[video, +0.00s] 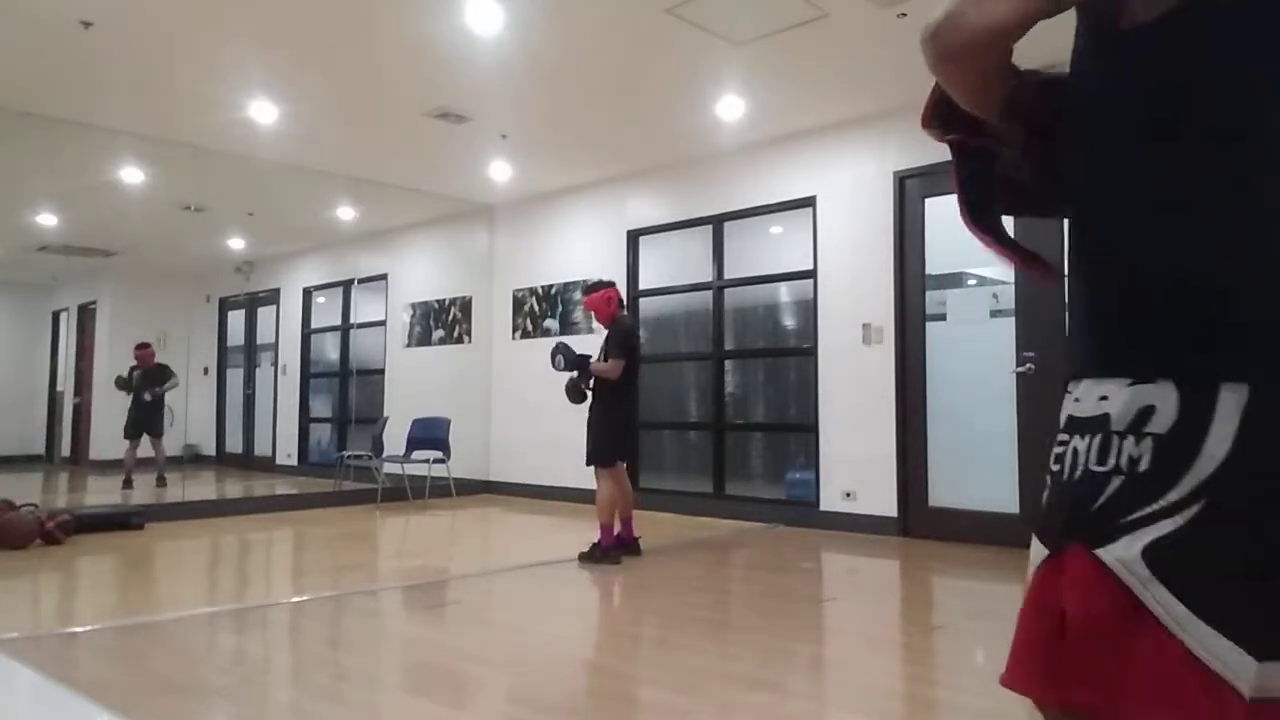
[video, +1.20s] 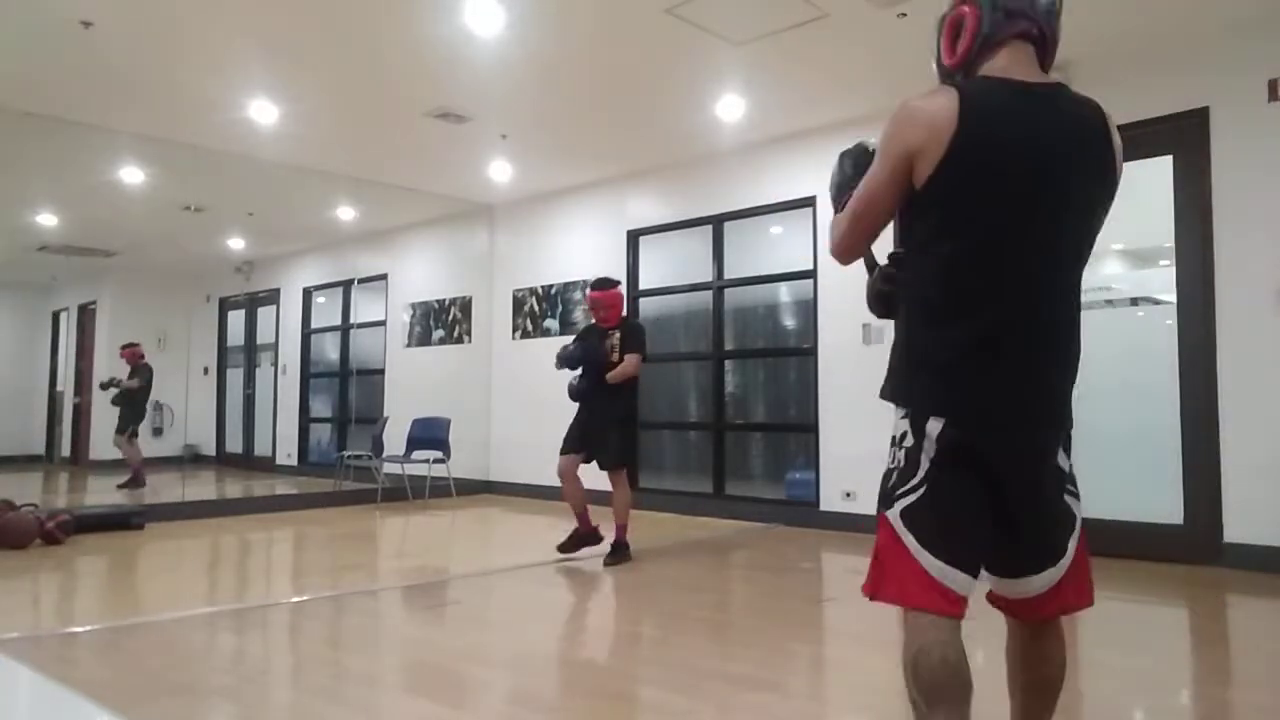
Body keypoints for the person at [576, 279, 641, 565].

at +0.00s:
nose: (593, 315)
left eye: (594, 309)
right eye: (591, 310)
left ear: (608, 303)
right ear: (610, 304)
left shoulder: (620, 329)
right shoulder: (620, 328)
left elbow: (614, 370)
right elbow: (612, 368)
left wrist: (584, 364)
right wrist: (587, 374)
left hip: (608, 415)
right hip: (618, 413)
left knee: (603, 473)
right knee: (617, 471)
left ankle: (606, 544)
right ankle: (627, 537)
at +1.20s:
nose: (597, 314)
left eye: (603, 308)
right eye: (594, 308)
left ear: (617, 305)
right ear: (590, 307)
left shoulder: (631, 330)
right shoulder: (588, 332)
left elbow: (631, 367)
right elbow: (567, 358)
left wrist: (599, 380)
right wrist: (568, 357)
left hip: (618, 414)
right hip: (589, 412)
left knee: (618, 476)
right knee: (566, 469)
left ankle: (620, 542)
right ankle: (585, 529)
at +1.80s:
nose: (566, 304)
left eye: (573, 297)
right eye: (559, 297)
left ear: (582, 300)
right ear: (550, 300)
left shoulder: (591, 329)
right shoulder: (539, 330)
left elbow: (602, 368)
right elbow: (510, 361)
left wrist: (566, 380)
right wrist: (538, 359)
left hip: (578, 411)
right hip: (547, 411)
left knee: (582, 477)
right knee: (550, 476)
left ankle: (605, 535)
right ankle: (554, 545)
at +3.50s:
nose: (545, 282)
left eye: (552, 275)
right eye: (536, 275)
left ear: (562, 278)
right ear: (523, 279)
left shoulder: (571, 310)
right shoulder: (509, 313)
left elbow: (595, 341)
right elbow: (478, 341)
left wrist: (574, 334)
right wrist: (509, 330)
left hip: (562, 410)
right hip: (522, 411)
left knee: (572, 490)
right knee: (524, 488)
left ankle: (563, 541)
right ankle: (525, 570)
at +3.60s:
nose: (543, 279)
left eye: (550, 271)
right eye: (534, 272)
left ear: (560, 274)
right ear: (522, 275)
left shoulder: (569, 310)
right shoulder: (506, 311)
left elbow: (602, 333)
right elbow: (468, 328)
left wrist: (638, 344)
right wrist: (438, 332)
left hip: (562, 411)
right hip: (521, 412)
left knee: (571, 486)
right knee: (523, 488)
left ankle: (567, 556)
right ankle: (525, 571)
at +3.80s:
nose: (553, 268)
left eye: (560, 262)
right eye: (544, 260)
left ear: (568, 268)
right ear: (529, 266)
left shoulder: (575, 307)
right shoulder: (510, 303)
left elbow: (601, 337)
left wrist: (633, 356)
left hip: (561, 412)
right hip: (520, 413)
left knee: (568, 489)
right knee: (522, 489)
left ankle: (584, 573)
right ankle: (525, 572)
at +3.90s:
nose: (559, 268)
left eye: (567, 262)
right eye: (551, 260)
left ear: (576, 269)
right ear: (536, 266)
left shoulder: (578, 306)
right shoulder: (519, 301)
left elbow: (578, 351)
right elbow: (504, 345)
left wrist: (583, 369)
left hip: (563, 410)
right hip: (523, 409)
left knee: (570, 491)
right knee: (523, 490)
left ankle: (582, 578)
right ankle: (525, 572)